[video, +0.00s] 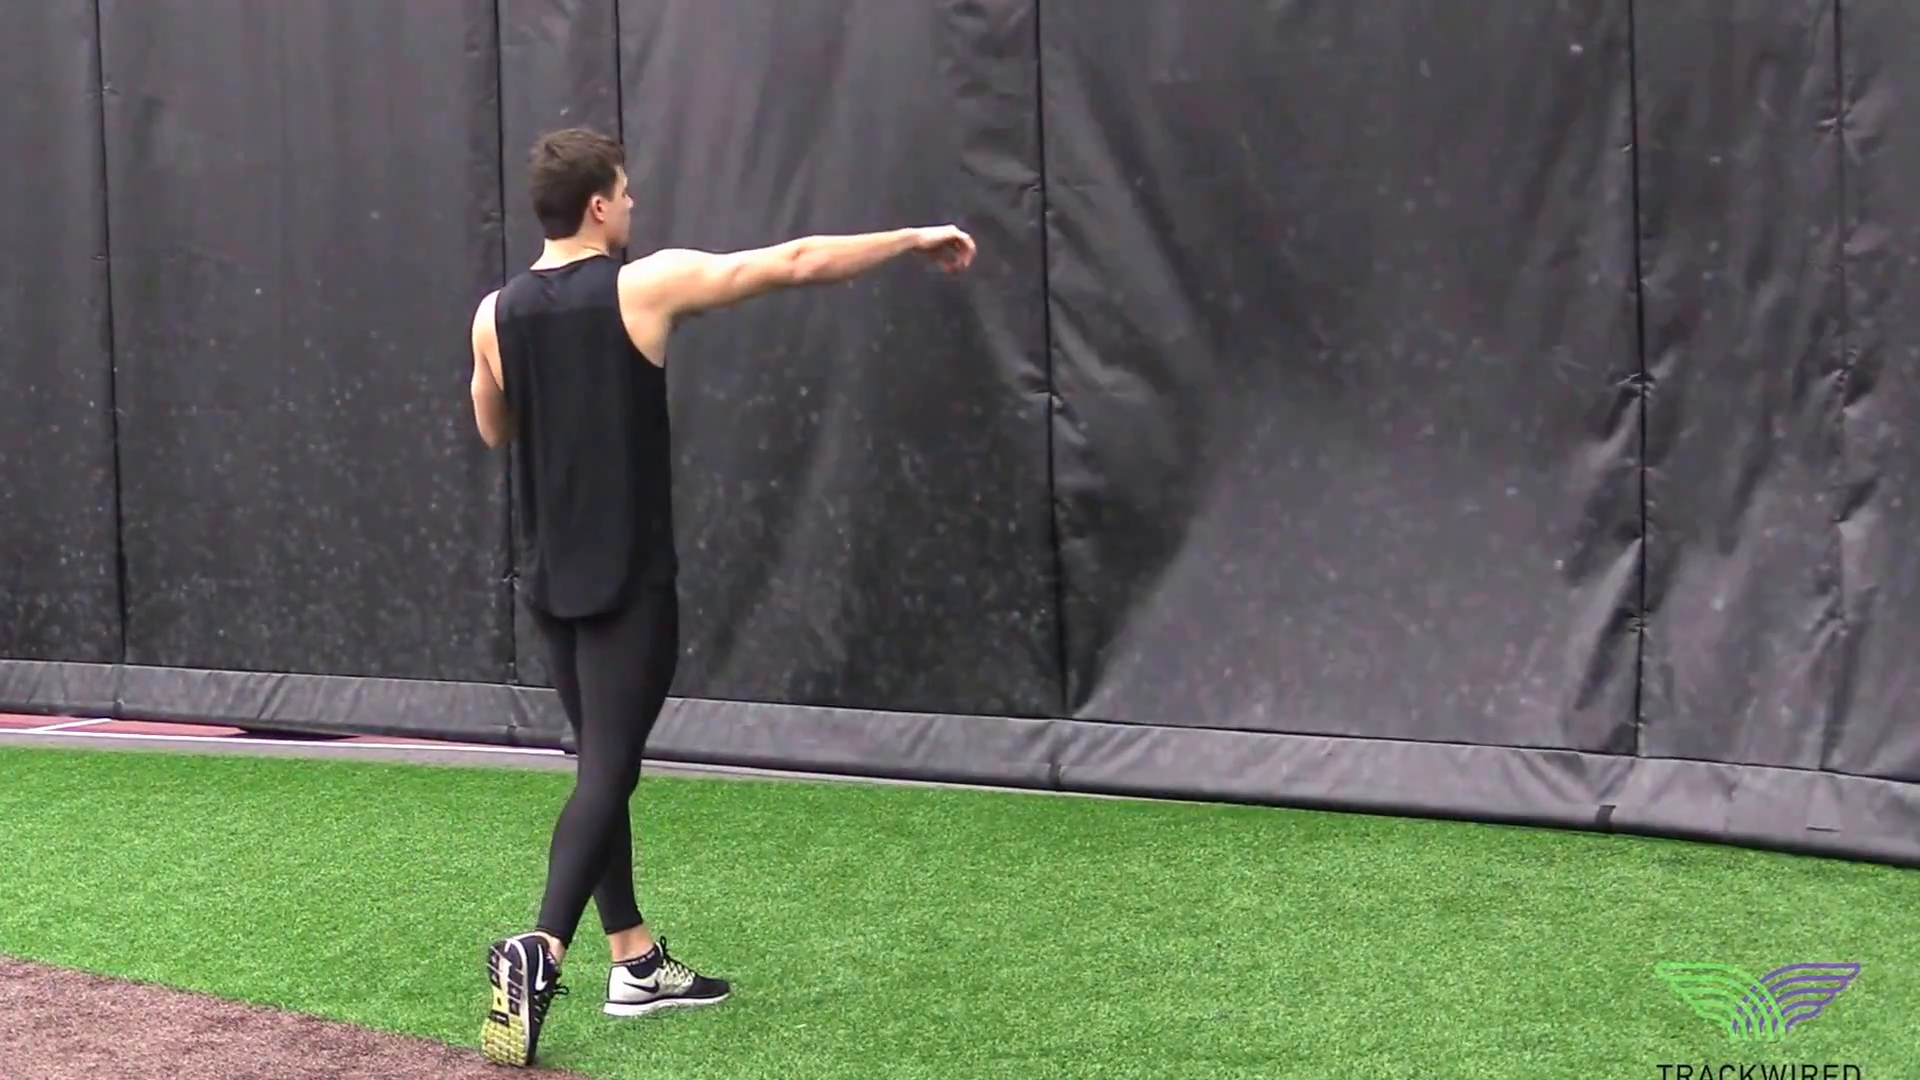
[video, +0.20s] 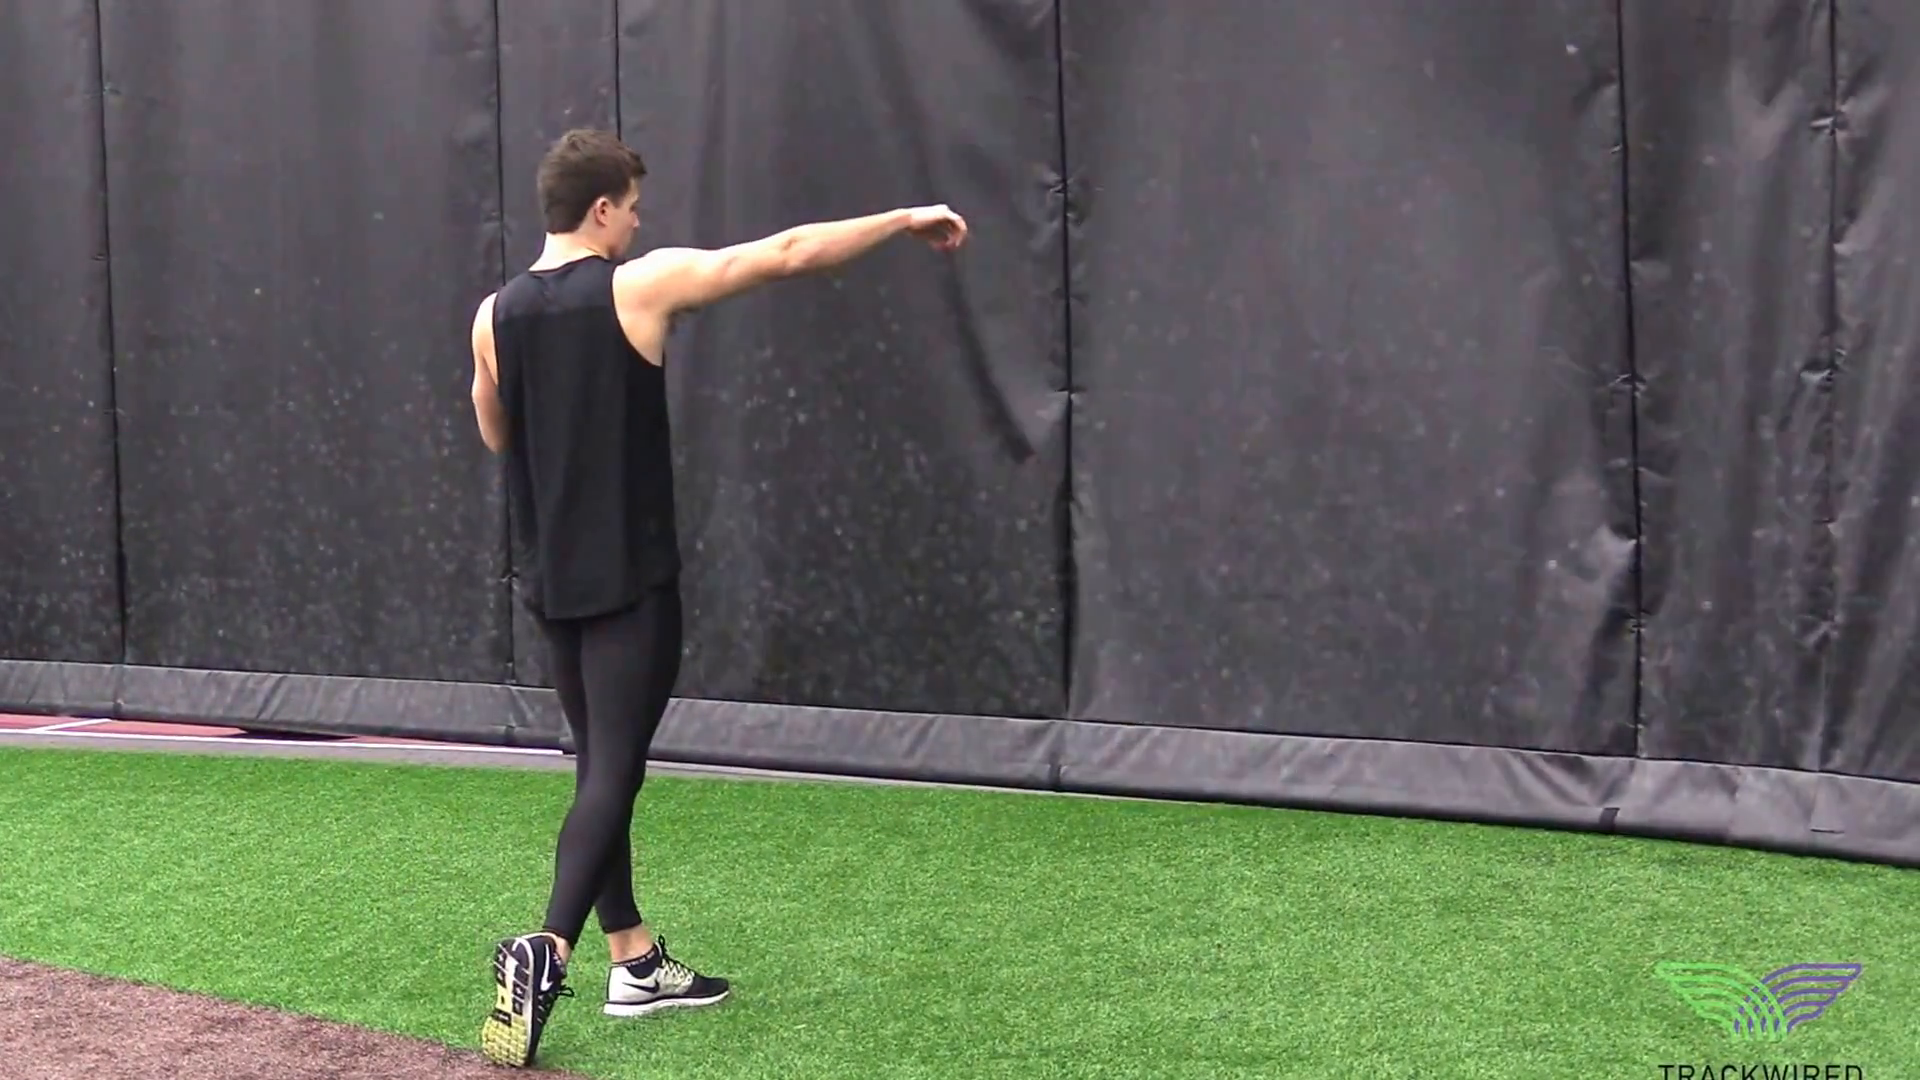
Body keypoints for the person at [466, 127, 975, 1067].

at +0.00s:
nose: (630, 204)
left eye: (624, 189)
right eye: (623, 192)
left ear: (545, 210)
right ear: (600, 206)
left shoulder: (496, 312)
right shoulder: (648, 284)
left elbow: (493, 429)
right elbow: (795, 263)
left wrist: (542, 362)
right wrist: (914, 239)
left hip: (553, 568)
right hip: (631, 566)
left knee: (602, 764)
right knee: (608, 769)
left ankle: (634, 961)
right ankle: (539, 950)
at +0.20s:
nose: (636, 220)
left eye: (634, 204)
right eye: (633, 206)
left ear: (554, 210)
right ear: (605, 209)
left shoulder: (495, 313)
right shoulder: (643, 283)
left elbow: (494, 433)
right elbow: (788, 253)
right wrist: (903, 219)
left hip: (552, 570)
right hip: (631, 566)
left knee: (602, 767)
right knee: (612, 770)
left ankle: (634, 960)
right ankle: (547, 951)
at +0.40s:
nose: (642, 223)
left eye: (641, 208)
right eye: (639, 209)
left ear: (563, 212)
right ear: (612, 210)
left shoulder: (496, 315)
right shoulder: (646, 282)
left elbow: (498, 437)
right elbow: (788, 252)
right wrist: (902, 214)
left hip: (555, 572)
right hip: (633, 567)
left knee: (602, 768)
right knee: (610, 772)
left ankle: (634, 961)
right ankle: (539, 953)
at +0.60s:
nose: (667, 236)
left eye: (664, 222)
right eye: (663, 222)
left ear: (585, 223)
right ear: (636, 224)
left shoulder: (515, 323)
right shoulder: (666, 300)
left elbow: (506, 453)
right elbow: (811, 291)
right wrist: (923, 274)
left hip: (540, 579)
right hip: (615, 579)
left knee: (627, 752)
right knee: (563, 782)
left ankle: (635, 965)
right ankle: (474, 977)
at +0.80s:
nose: (708, 257)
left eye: (706, 242)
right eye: (703, 243)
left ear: (623, 242)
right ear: (672, 243)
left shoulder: (550, 335)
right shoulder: (696, 322)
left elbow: (509, 467)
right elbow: (835, 362)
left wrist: (575, 403)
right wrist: (963, 386)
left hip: (566, 589)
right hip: (623, 592)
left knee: (647, 754)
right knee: (572, 773)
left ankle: (632, 963)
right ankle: (476, 969)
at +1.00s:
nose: (743, 236)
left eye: (739, 220)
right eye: (738, 221)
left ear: (655, 211)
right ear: (720, 215)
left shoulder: (603, 287)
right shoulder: (718, 286)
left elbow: (534, 430)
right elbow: (768, 416)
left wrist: (617, 471)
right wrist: (834, 526)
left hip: (613, 545)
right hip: (684, 549)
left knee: (663, 737)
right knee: (696, 738)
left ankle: (605, 937)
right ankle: (589, 897)